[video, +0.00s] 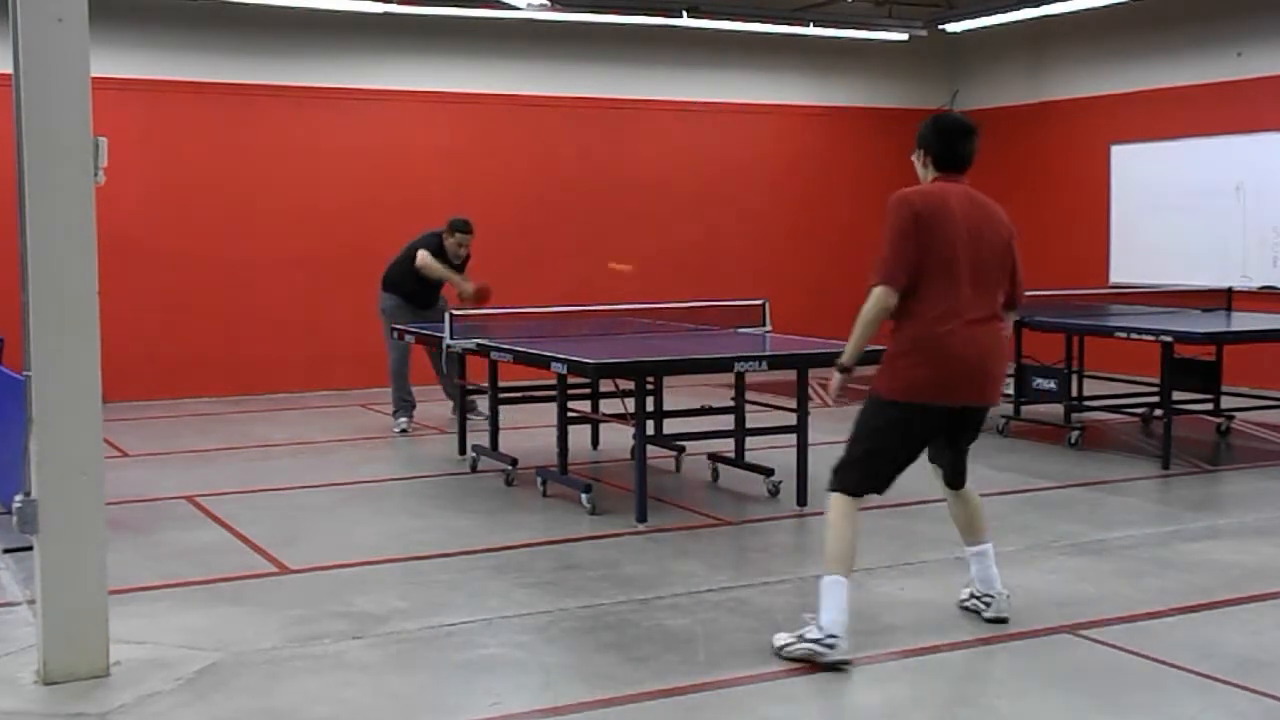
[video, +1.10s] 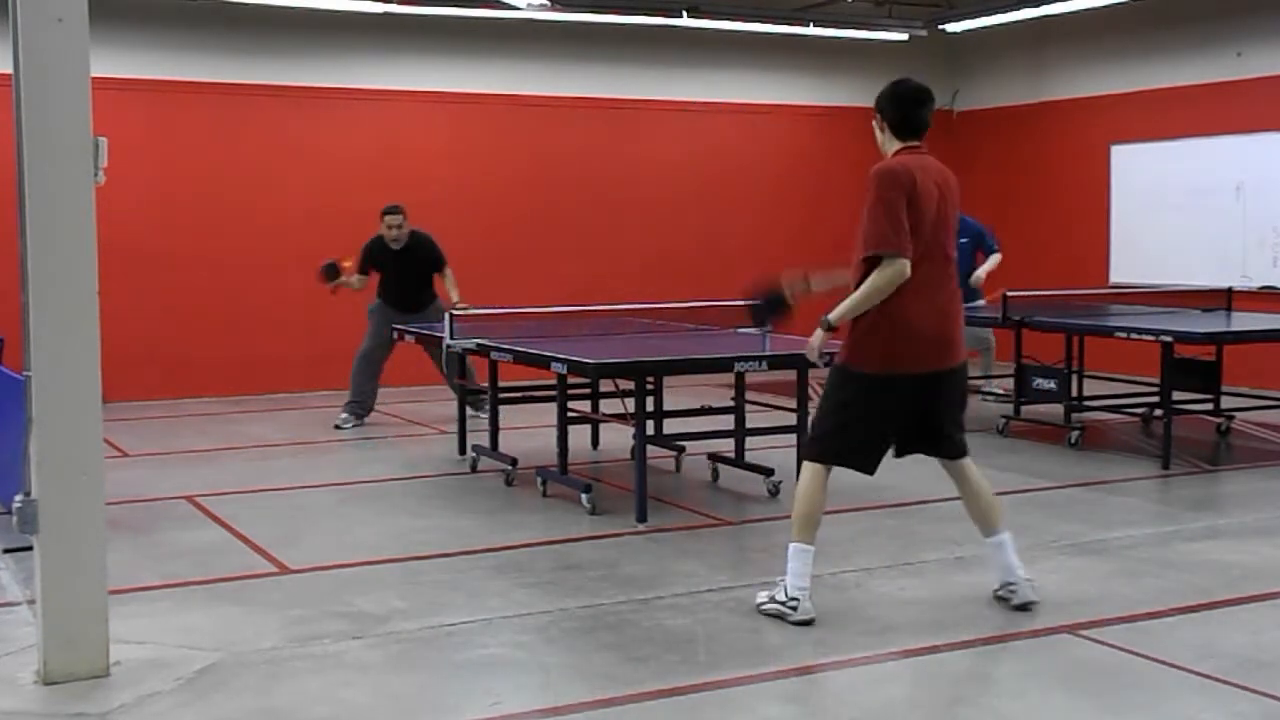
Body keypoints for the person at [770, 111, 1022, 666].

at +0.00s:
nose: (912, 160)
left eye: (914, 153)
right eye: (916, 152)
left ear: (924, 158)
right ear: (967, 158)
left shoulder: (912, 204)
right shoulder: (996, 215)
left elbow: (886, 294)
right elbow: (1011, 304)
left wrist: (845, 364)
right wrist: (955, 322)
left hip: (918, 374)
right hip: (980, 379)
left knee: (845, 487)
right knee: (954, 475)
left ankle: (829, 629)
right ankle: (989, 590)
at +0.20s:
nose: (908, 172)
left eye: (909, 165)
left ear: (912, 170)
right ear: (965, 171)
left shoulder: (887, 220)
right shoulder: (987, 230)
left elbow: (852, 318)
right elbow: (1007, 329)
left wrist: (859, 361)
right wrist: (1003, 379)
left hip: (888, 381)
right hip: (959, 385)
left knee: (826, 501)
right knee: (953, 469)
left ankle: (822, 633)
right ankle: (983, 590)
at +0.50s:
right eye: (967, 139)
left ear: (916, 141)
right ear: (967, 143)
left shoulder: (892, 183)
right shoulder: (987, 197)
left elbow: (867, 271)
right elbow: (1002, 291)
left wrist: (868, 311)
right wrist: (1022, 340)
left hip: (896, 355)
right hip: (968, 358)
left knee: (832, 460)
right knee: (961, 463)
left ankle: (802, 593)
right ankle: (983, 590)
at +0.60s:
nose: (904, 132)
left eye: (904, 124)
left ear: (907, 126)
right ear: (959, 127)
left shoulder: (899, 168)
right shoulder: (977, 177)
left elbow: (898, 250)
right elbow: (962, 251)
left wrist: (865, 296)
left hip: (900, 343)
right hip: (968, 343)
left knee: (832, 455)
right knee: (958, 458)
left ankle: (789, 586)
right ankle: (983, 588)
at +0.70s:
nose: (899, 122)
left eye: (899, 114)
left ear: (904, 117)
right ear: (955, 119)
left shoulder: (903, 160)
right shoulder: (965, 167)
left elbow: (909, 244)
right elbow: (866, 173)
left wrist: (861, 293)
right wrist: (782, 151)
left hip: (894, 342)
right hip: (959, 342)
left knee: (831, 458)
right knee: (959, 465)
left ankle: (796, 590)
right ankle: (983, 589)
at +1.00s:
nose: (867, 123)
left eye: (868, 115)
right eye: (873, 115)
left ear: (875, 118)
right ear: (923, 119)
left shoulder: (889, 169)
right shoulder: (935, 170)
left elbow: (898, 262)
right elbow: (875, 243)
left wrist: (830, 309)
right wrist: (815, 212)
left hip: (874, 349)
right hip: (935, 346)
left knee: (815, 456)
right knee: (942, 451)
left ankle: (794, 590)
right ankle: (995, 572)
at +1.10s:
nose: (873, 129)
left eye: (872, 121)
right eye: (875, 121)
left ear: (880, 123)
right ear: (926, 124)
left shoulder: (892, 175)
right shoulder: (944, 177)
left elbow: (896, 267)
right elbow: (915, 260)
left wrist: (831, 321)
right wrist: (813, 279)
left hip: (879, 354)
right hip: (943, 352)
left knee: (816, 459)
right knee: (957, 456)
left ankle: (794, 591)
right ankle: (1015, 578)